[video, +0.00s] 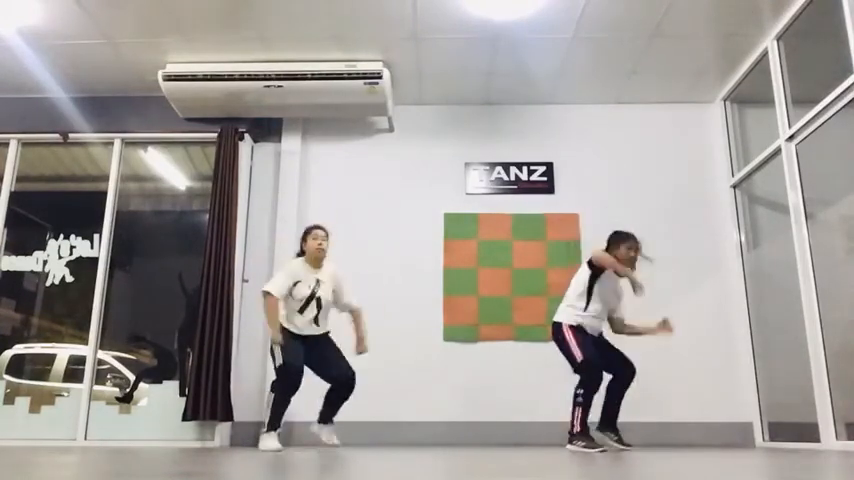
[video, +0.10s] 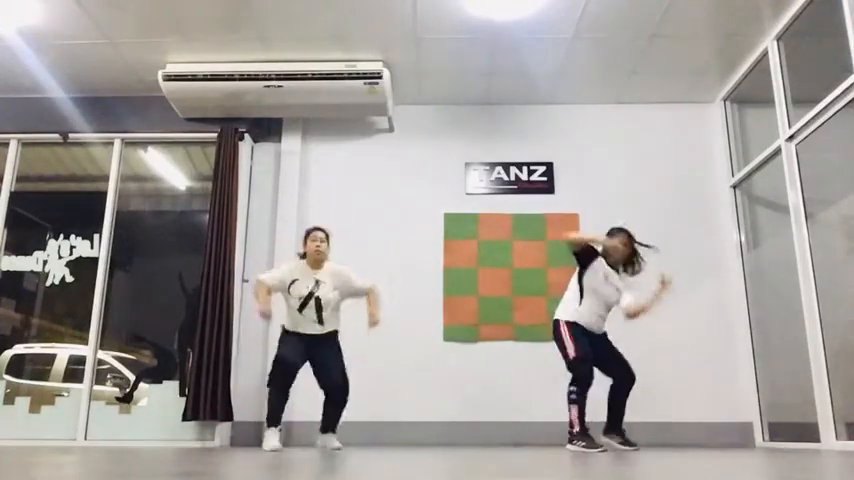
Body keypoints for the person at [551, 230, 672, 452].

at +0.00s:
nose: (635, 256)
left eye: (637, 251)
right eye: (630, 250)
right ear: (614, 251)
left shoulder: (615, 287)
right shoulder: (597, 266)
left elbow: (618, 327)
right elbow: (599, 257)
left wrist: (655, 329)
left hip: (591, 334)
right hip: (568, 326)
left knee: (625, 370)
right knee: (591, 373)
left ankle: (607, 428)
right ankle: (577, 435)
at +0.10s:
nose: (621, 248)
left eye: (626, 246)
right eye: (618, 243)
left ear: (629, 253)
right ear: (607, 244)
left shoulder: (620, 284)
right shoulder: (591, 260)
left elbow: (630, 312)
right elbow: (570, 239)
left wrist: (656, 294)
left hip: (595, 334)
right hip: (569, 324)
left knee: (625, 376)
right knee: (582, 374)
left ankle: (613, 431)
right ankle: (577, 435)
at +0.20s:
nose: (604, 239)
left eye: (609, 236)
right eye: (600, 234)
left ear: (618, 241)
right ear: (593, 236)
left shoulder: (621, 270)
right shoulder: (581, 255)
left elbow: (641, 284)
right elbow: (555, 233)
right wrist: (579, 223)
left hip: (598, 330)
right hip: (570, 323)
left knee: (617, 380)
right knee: (573, 369)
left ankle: (610, 434)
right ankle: (567, 430)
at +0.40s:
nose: (584, 232)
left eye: (588, 228)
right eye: (579, 228)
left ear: (593, 234)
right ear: (569, 234)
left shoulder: (603, 254)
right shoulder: (561, 254)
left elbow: (634, 247)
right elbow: (529, 243)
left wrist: (632, 225)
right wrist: (545, 219)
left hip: (597, 327)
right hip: (568, 326)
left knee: (617, 376)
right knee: (557, 380)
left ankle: (620, 430)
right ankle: (548, 433)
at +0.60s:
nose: (576, 239)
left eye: (580, 235)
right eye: (571, 235)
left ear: (587, 239)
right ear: (563, 240)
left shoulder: (596, 261)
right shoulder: (556, 261)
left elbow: (628, 252)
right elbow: (524, 256)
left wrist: (603, 234)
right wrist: (548, 248)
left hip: (596, 330)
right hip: (569, 331)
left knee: (615, 380)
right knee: (561, 383)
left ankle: (619, 434)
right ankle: (549, 435)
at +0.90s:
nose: (584, 243)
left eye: (588, 239)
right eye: (579, 240)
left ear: (596, 244)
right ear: (572, 245)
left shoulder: (603, 268)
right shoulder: (565, 264)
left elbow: (625, 294)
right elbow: (534, 284)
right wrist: (540, 319)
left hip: (589, 338)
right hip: (558, 333)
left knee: (605, 384)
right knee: (536, 368)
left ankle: (617, 434)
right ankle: (537, 425)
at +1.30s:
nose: (562, 259)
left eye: (566, 255)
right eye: (556, 256)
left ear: (573, 260)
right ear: (550, 262)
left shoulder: (583, 283)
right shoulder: (547, 287)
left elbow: (603, 314)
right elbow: (524, 312)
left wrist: (599, 347)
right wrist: (537, 341)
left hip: (583, 350)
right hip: (554, 350)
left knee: (607, 385)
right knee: (534, 383)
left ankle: (619, 435)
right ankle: (539, 435)